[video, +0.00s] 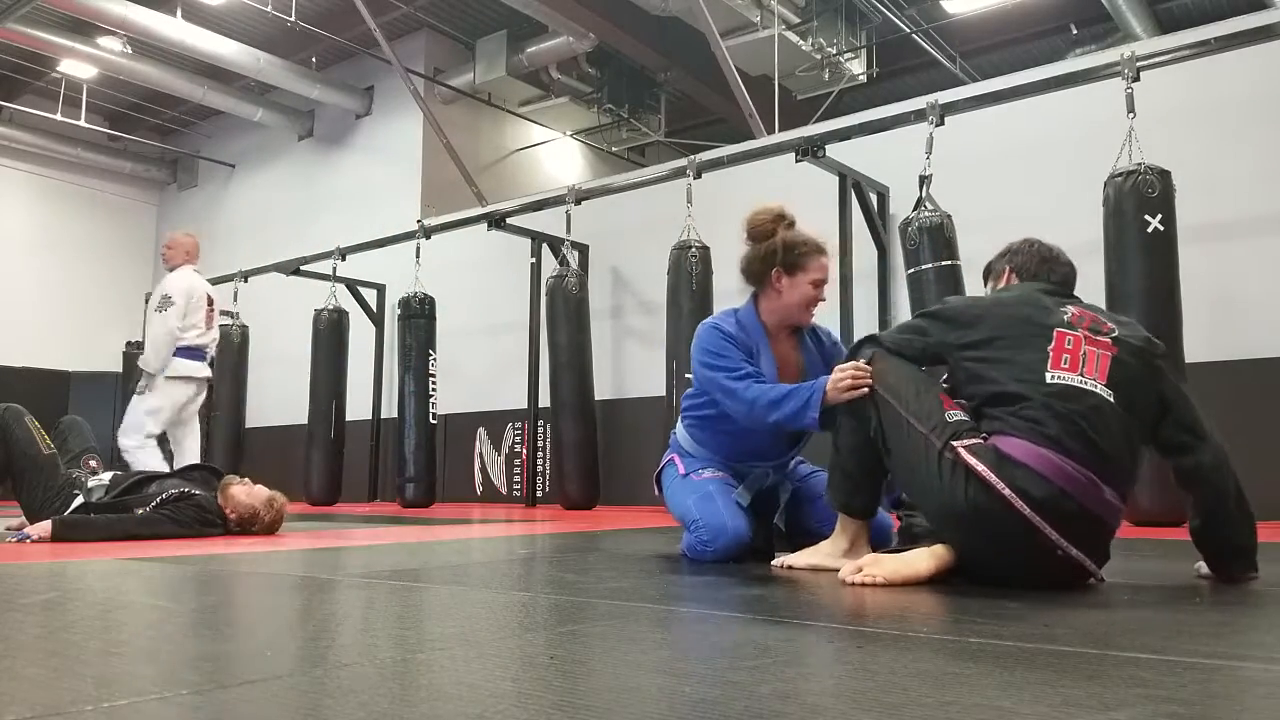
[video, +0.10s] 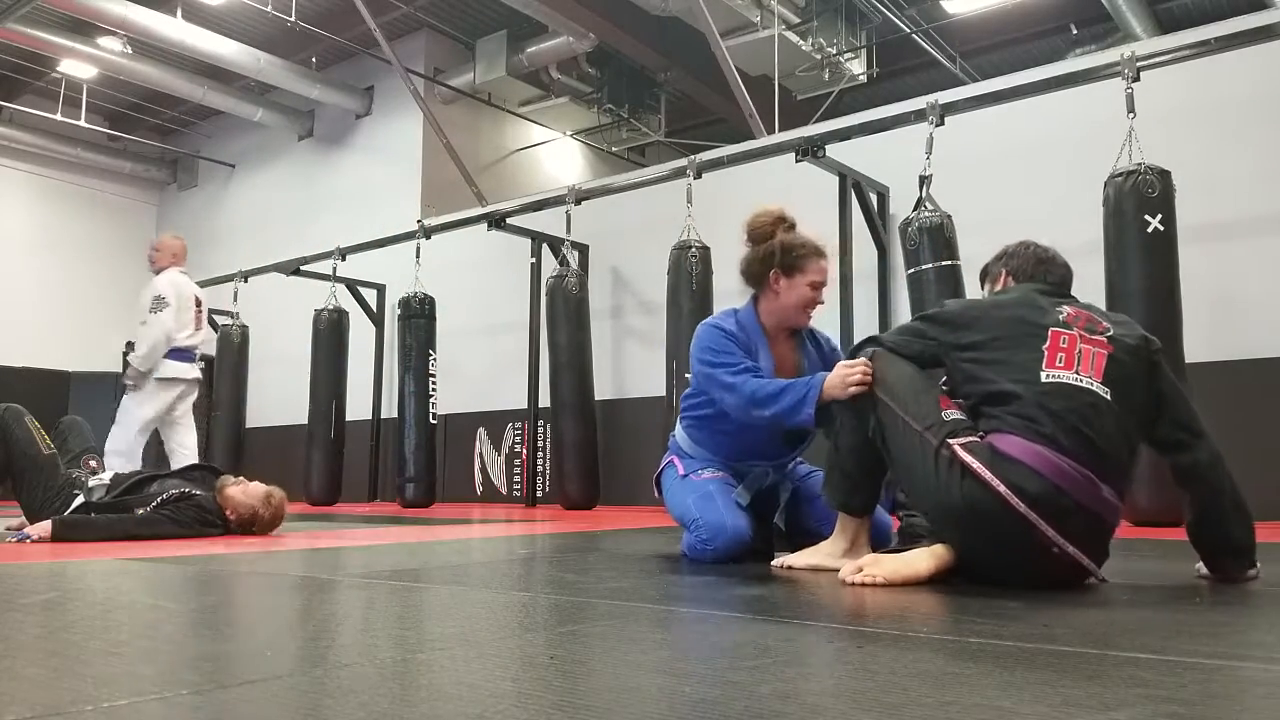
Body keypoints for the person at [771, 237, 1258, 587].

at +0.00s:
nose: (984, 299)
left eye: (987, 289)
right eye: (989, 291)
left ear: (1005, 279)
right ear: (1067, 289)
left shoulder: (983, 306)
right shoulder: (1137, 344)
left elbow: (869, 356)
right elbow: (1209, 466)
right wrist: (1232, 565)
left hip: (983, 508)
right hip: (1070, 560)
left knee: (870, 367)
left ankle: (846, 538)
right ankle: (932, 555)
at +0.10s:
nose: (981, 301)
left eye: (984, 292)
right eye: (986, 293)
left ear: (1002, 281)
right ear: (1063, 290)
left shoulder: (981, 310)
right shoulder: (1134, 342)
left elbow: (867, 358)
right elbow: (1200, 461)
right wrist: (1232, 564)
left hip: (980, 508)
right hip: (1067, 561)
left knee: (870, 367)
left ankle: (846, 538)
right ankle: (931, 552)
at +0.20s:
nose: (981, 298)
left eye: (985, 288)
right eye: (986, 289)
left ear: (1004, 279)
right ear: (1065, 288)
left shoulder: (977, 307)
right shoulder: (1134, 342)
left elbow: (868, 362)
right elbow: (1195, 459)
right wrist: (1232, 562)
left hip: (979, 505)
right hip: (1065, 560)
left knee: (872, 365)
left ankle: (845, 537)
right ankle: (933, 552)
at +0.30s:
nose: (983, 298)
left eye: (986, 289)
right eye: (987, 291)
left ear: (1005, 277)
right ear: (1064, 284)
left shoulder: (981, 305)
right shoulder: (1135, 341)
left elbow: (874, 358)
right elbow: (1192, 459)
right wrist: (1230, 561)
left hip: (982, 505)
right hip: (1067, 560)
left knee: (884, 367)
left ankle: (846, 537)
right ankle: (933, 550)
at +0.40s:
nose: (985, 299)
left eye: (988, 291)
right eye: (989, 292)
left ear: (1007, 279)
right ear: (1066, 286)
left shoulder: (987, 304)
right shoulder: (1137, 339)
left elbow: (880, 356)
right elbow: (1194, 458)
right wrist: (1230, 561)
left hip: (989, 504)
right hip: (1070, 558)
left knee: (890, 370)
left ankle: (846, 535)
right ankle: (930, 546)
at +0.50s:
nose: (991, 303)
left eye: (993, 294)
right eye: (993, 296)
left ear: (1012, 282)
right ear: (1072, 285)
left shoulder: (999, 304)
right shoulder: (1145, 339)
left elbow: (888, 352)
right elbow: (1198, 458)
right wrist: (1230, 559)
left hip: (994, 501)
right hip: (1071, 560)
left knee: (896, 371)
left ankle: (846, 535)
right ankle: (924, 548)